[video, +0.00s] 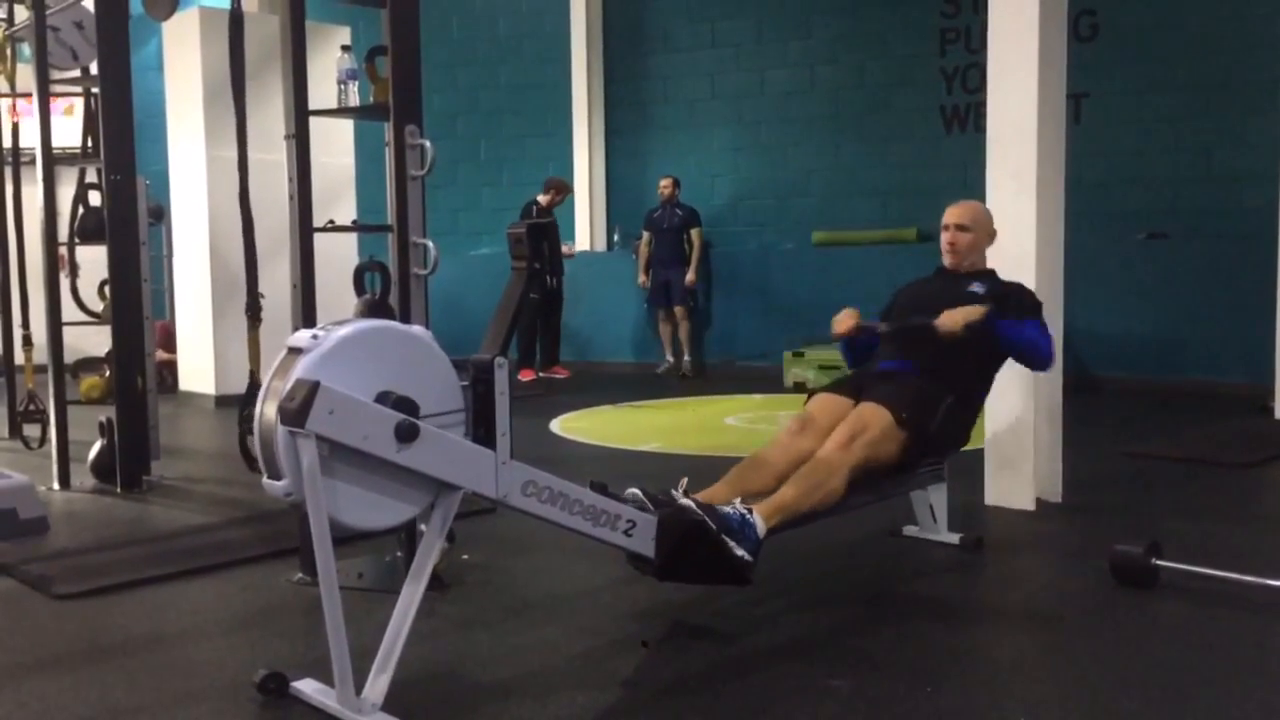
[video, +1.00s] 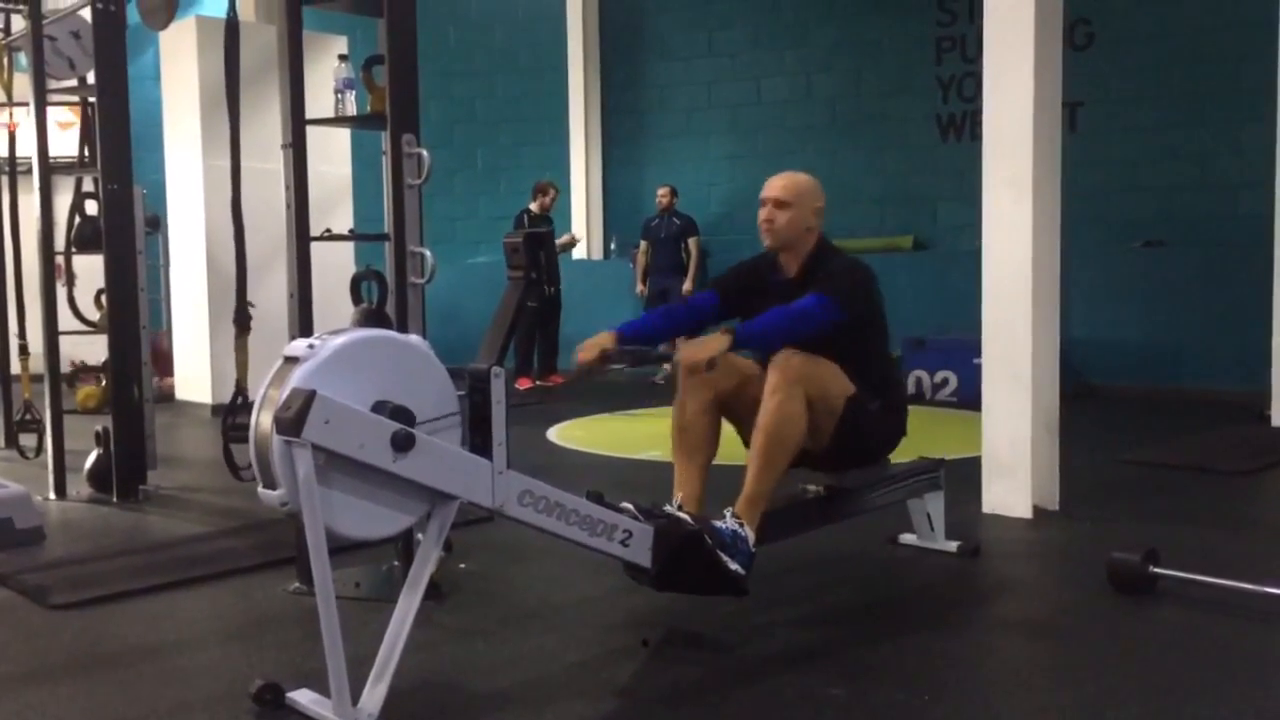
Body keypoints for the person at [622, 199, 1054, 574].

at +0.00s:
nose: (949, 238)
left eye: (961, 230)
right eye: (945, 229)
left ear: (990, 238)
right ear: (940, 236)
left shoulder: (1009, 296)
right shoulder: (916, 290)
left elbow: (1042, 355)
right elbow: (867, 356)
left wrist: (986, 318)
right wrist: (853, 333)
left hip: (930, 388)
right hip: (874, 377)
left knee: (846, 445)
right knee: (801, 429)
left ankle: (755, 524)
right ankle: (693, 507)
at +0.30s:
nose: (909, 222)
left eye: (920, 212)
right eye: (903, 213)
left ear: (948, 212)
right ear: (898, 215)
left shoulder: (986, 273)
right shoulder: (883, 274)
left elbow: (1000, 337)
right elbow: (837, 335)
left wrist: (937, 323)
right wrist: (810, 333)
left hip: (932, 394)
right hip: (871, 381)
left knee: (840, 419)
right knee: (793, 411)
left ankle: (753, 525)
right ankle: (701, 507)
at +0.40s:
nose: (875, 215)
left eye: (887, 205)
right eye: (869, 205)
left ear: (917, 205)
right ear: (863, 209)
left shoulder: (954, 264)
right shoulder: (854, 269)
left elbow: (955, 331)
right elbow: (805, 327)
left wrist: (886, 339)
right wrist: (769, 338)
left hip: (920, 396)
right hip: (854, 388)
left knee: (831, 407)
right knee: (767, 398)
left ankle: (751, 526)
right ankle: (691, 510)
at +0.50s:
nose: (838, 218)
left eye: (850, 207)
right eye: (832, 208)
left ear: (881, 205)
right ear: (825, 211)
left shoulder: (918, 265)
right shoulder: (821, 270)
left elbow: (911, 332)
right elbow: (772, 327)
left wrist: (837, 358)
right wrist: (719, 356)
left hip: (906, 410)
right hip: (835, 403)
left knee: (820, 397)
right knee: (741, 394)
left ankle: (747, 528)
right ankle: (688, 510)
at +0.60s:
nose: (801, 223)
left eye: (813, 212)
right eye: (795, 213)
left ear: (845, 212)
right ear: (788, 215)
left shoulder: (882, 270)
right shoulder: (787, 275)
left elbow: (860, 340)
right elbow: (730, 330)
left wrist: (787, 380)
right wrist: (673, 372)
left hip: (885, 421)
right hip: (812, 414)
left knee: (811, 381)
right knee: (718, 369)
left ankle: (746, 527)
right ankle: (687, 510)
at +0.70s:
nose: (765, 229)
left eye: (778, 218)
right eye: (760, 218)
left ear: (813, 221)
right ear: (755, 222)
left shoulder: (849, 277)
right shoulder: (754, 279)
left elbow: (812, 346)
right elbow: (688, 334)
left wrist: (744, 389)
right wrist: (626, 380)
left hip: (865, 430)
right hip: (789, 427)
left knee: (793, 374)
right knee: (703, 359)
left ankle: (743, 528)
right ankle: (684, 510)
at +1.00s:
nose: (766, 215)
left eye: (780, 206)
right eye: (763, 205)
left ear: (814, 216)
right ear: (757, 213)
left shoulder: (849, 276)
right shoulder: (758, 273)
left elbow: (804, 318)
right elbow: (694, 311)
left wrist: (729, 336)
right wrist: (616, 337)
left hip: (862, 430)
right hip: (791, 431)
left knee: (789, 365)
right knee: (698, 367)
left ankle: (742, 531)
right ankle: (684, 515)